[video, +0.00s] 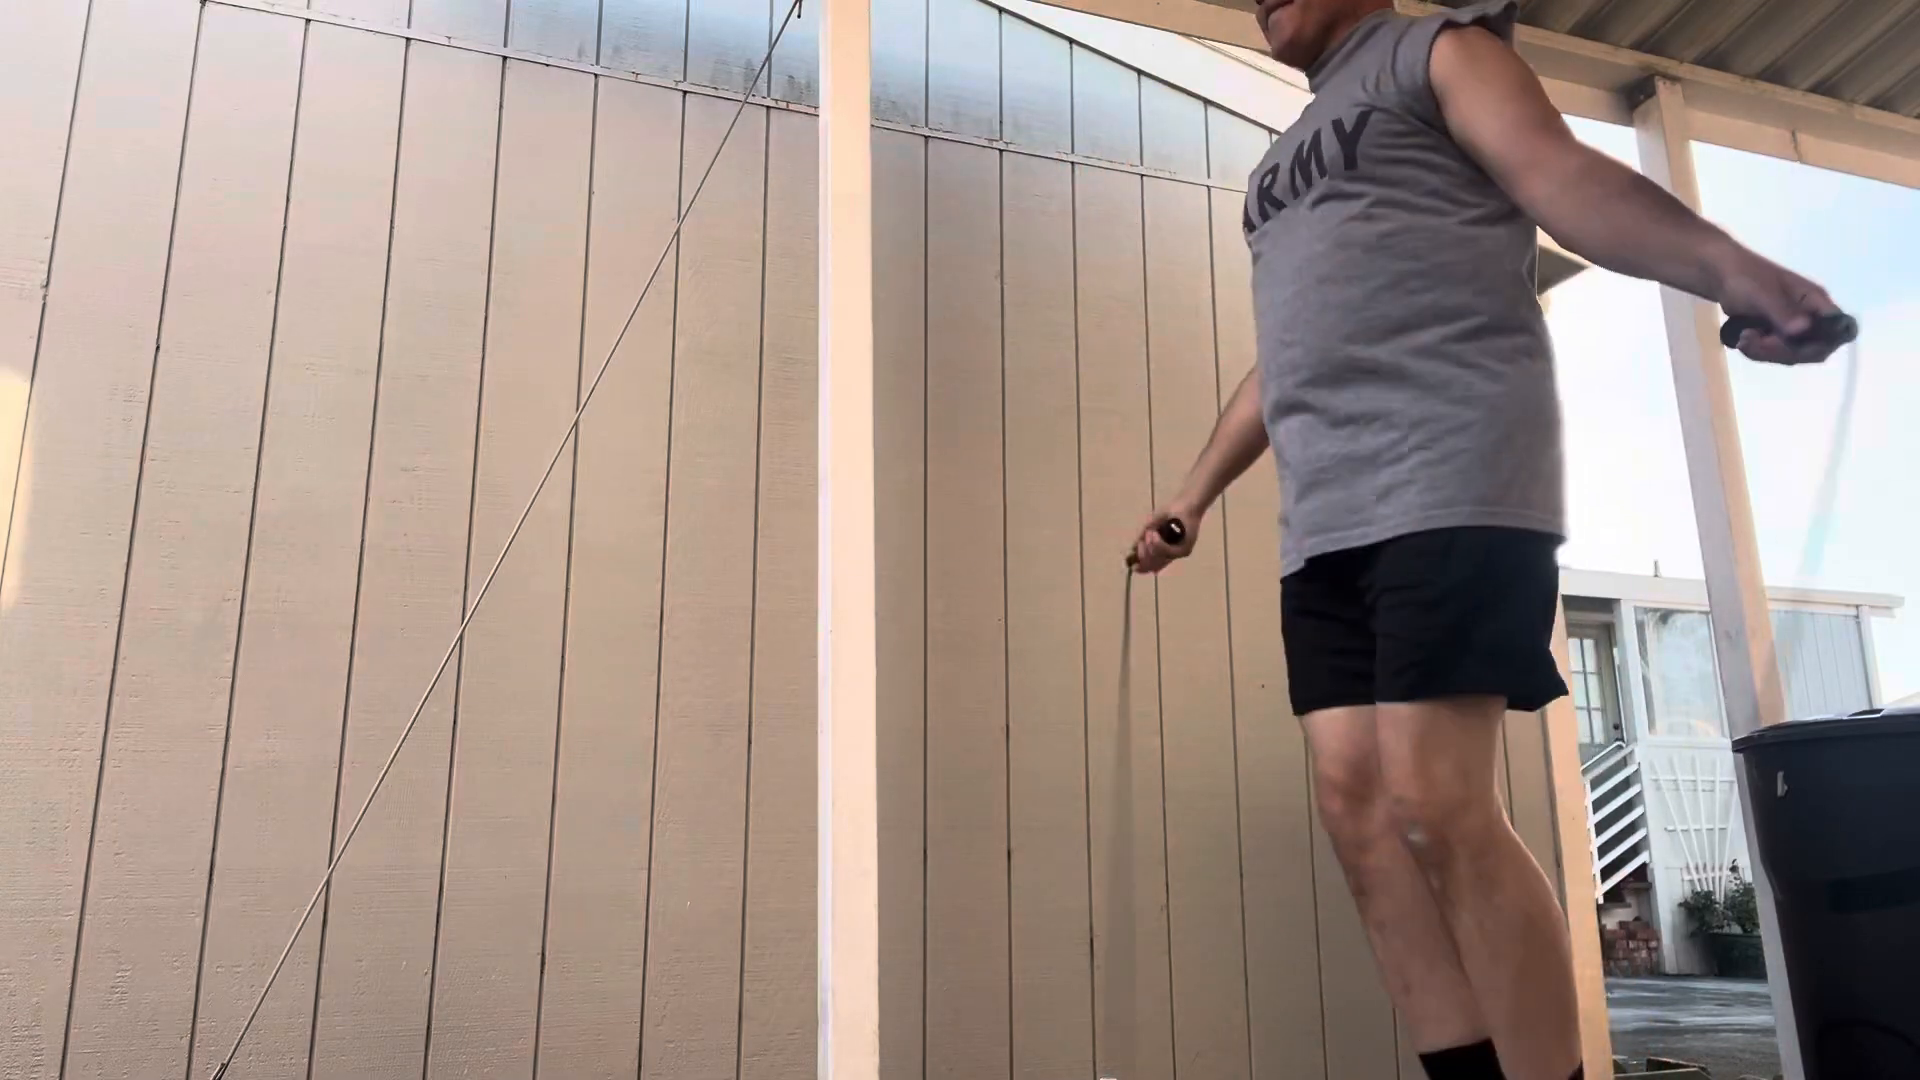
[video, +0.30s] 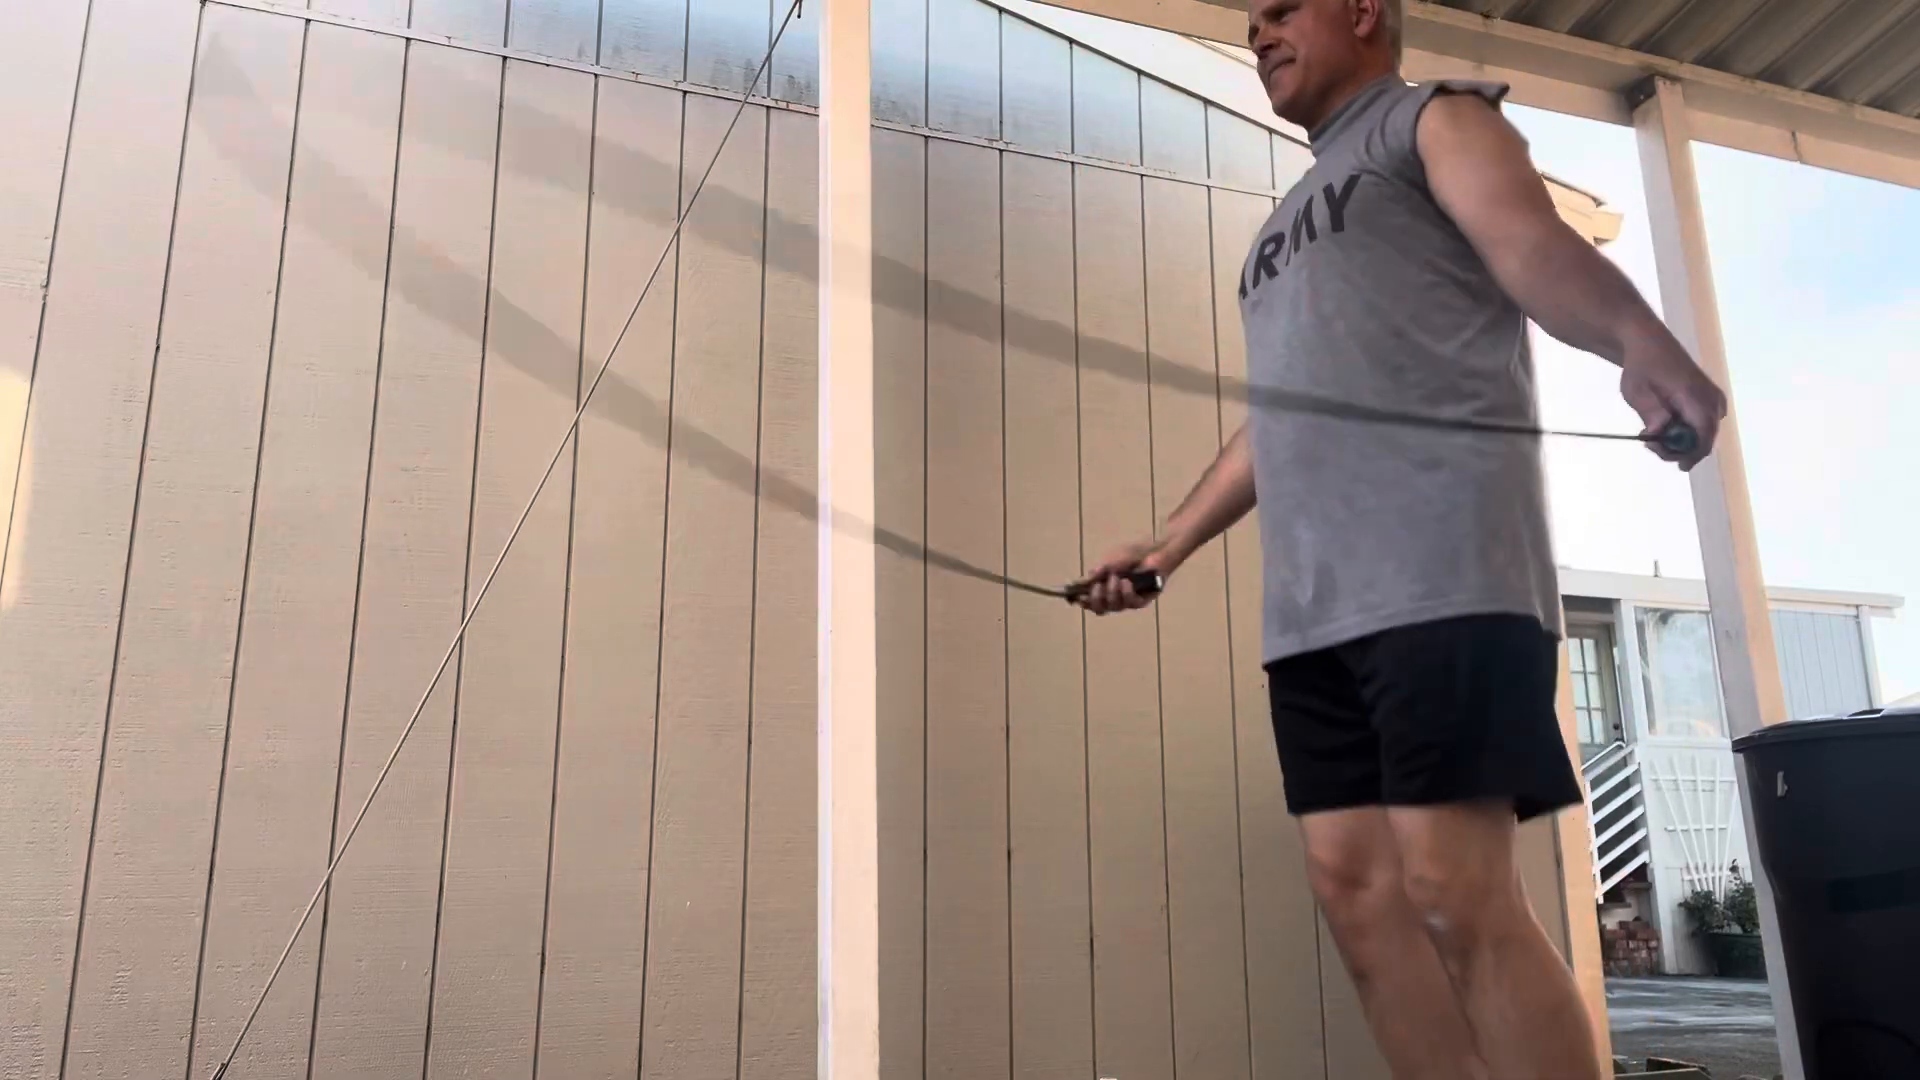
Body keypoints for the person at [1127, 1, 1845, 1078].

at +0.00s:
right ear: (1274, 23)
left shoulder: (1440, 49)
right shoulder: (1280, 163)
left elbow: (1562, 179)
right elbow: (1287, 359)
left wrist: (1729, 264)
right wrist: (1193, 492)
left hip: (1457, 465)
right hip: (1324, 498)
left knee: (1439, 800)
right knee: (1355, 807)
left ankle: (1546, 1072)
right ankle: (1467, 1070)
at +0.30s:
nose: (1260, 38)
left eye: (1285, 12)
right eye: (1253, 27)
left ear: (1365, 15)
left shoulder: (1438, 120)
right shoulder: (1282, 226)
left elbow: (1536, 247)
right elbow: (1279, 413)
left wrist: (1635, 335)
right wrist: (1168, 543)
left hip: (1444, 570)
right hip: (1311, 598)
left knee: (1461, 896)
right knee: (1356, 896)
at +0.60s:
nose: (1224, 36)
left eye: (1247, 10)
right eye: (1219, 25)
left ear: (1332, 16)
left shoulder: (1406, 107)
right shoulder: (1250, 227)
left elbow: (1538, 237)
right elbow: (1268, 416)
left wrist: (1632, 270)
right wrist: (1134, 461)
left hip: (1436, 555)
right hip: (1298, 584)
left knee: (1422, 879)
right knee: (1333, 884)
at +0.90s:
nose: (1215, 5)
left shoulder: (1397, 47)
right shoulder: (1247, 166)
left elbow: (1522, 173)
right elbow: (1270, 358)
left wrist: (1673, 231)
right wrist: (1175, 466)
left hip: (1412, 498)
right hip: (1282, 527)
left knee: (1413, 826)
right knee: (1334, 828)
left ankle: (1494, 1073)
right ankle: (1414, 1069)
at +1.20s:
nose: (1227, 10)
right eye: (1225, 4)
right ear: (1243, 30)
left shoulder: (1401, 83)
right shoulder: (1248, 194)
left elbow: (1505, 213)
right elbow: (1251, 394)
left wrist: (1630, 316)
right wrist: (1150, 521)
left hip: (1407, 539)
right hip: (1283, 562)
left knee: (1423, 860)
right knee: (1341, 863)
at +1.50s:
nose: (1227, 62)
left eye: (1251, 36)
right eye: (1221, 49)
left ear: (1333, 44)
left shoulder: (1402, 155)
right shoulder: (1255, 261)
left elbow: (1533, 278)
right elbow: (1262, 459)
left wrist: (1632, 391)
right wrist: (1115, 528)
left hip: (1426, 607)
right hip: (1296, 633)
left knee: (1412, 936)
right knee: (1306, 927)